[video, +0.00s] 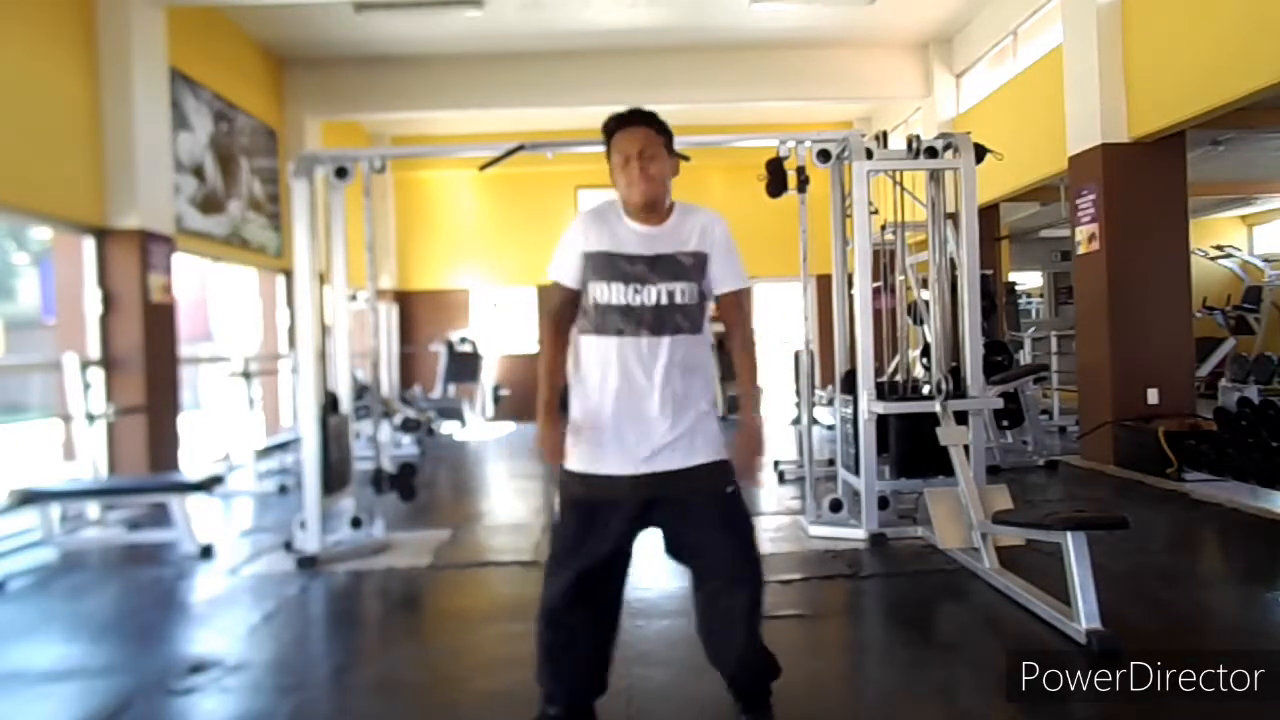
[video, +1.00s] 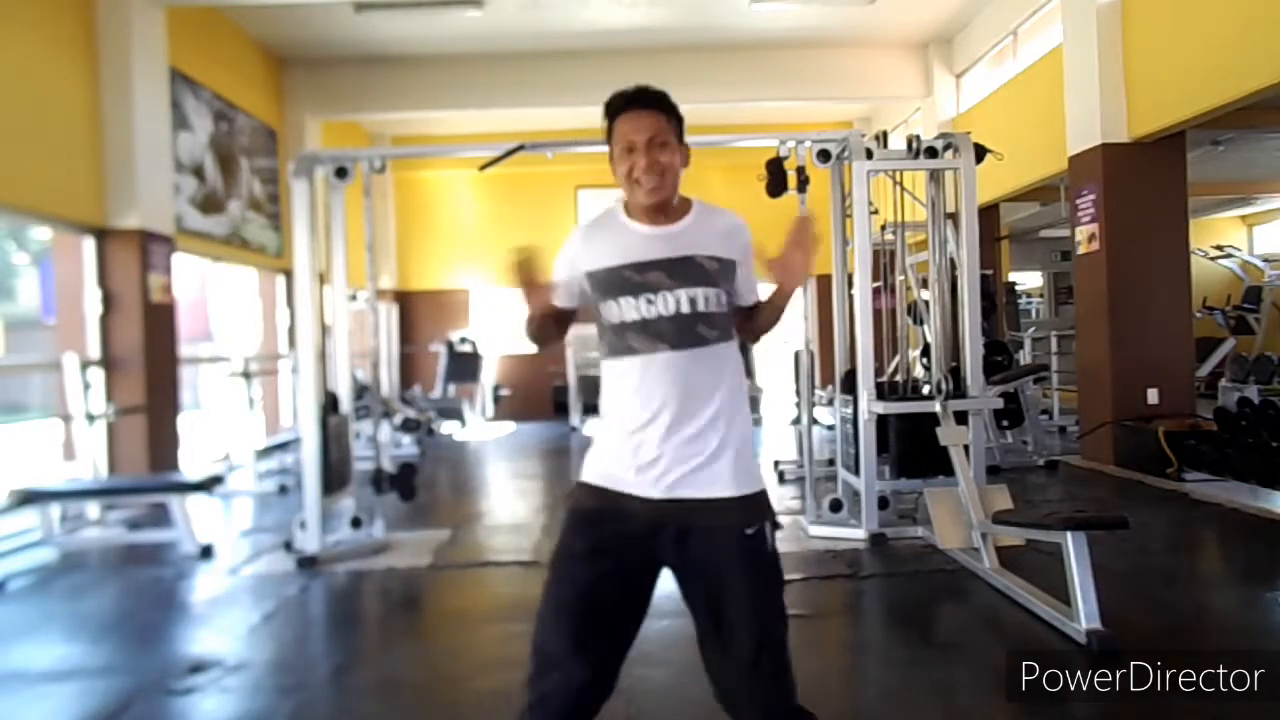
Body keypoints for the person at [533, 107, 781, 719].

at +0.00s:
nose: (639, 167)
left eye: (649, 155)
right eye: (626, 159)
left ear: (674, 163)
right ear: (611, 172)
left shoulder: (707, 230)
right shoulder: (586, 232)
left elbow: (738, 325)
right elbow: (556, 324)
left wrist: (748, 414)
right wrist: (548, 414)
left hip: (692, 448)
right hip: (600, 451)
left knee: (733, 578)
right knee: (574, 598)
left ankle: (753, 694)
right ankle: (565, 708)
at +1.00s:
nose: (646, 161)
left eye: (659, 145)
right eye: (629, 150)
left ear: (684, 153)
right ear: (613, 164)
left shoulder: (727, 232)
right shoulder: (589, 242)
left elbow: (745, 326)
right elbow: (549, 336)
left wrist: (783, 288)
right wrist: (536, 305)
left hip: (722, 489)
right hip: (617, 487)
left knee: (760, 689)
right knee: (560, 684)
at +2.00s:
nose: (666, 156)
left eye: (676, 141)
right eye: (646, 147)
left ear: (696, 152)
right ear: (623, 169)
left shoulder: (735, 239)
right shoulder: (594, 243)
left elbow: (776, 327)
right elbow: (535, 329)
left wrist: (799, 379)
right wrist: (474, 393)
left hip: (715, 496)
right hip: (603, 498)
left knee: (786, 671)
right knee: (561, 686)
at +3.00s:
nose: (677, 135)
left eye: (692, 121)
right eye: (661, 122)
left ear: (714, 136)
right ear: (640, 138)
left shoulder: (742, 229)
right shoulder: (597, 214)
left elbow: (759, 326)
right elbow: (557, 296)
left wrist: (819, 353)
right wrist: (562, 326)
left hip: (729, 483)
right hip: (614, 488)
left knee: (787, 675)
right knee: (555, 679)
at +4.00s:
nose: (670, 182)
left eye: (682, 171)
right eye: (657, 170)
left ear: (701, 182)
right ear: (638, 183)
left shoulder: (734, 255)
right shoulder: (612, 256)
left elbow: (766, 334)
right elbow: (568, 329)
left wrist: (765, 385)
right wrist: (524, 380)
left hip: (706, 457)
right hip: (620, 449)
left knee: (735, 586)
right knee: (576, 561)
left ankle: (765, 685)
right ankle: (575, 698)